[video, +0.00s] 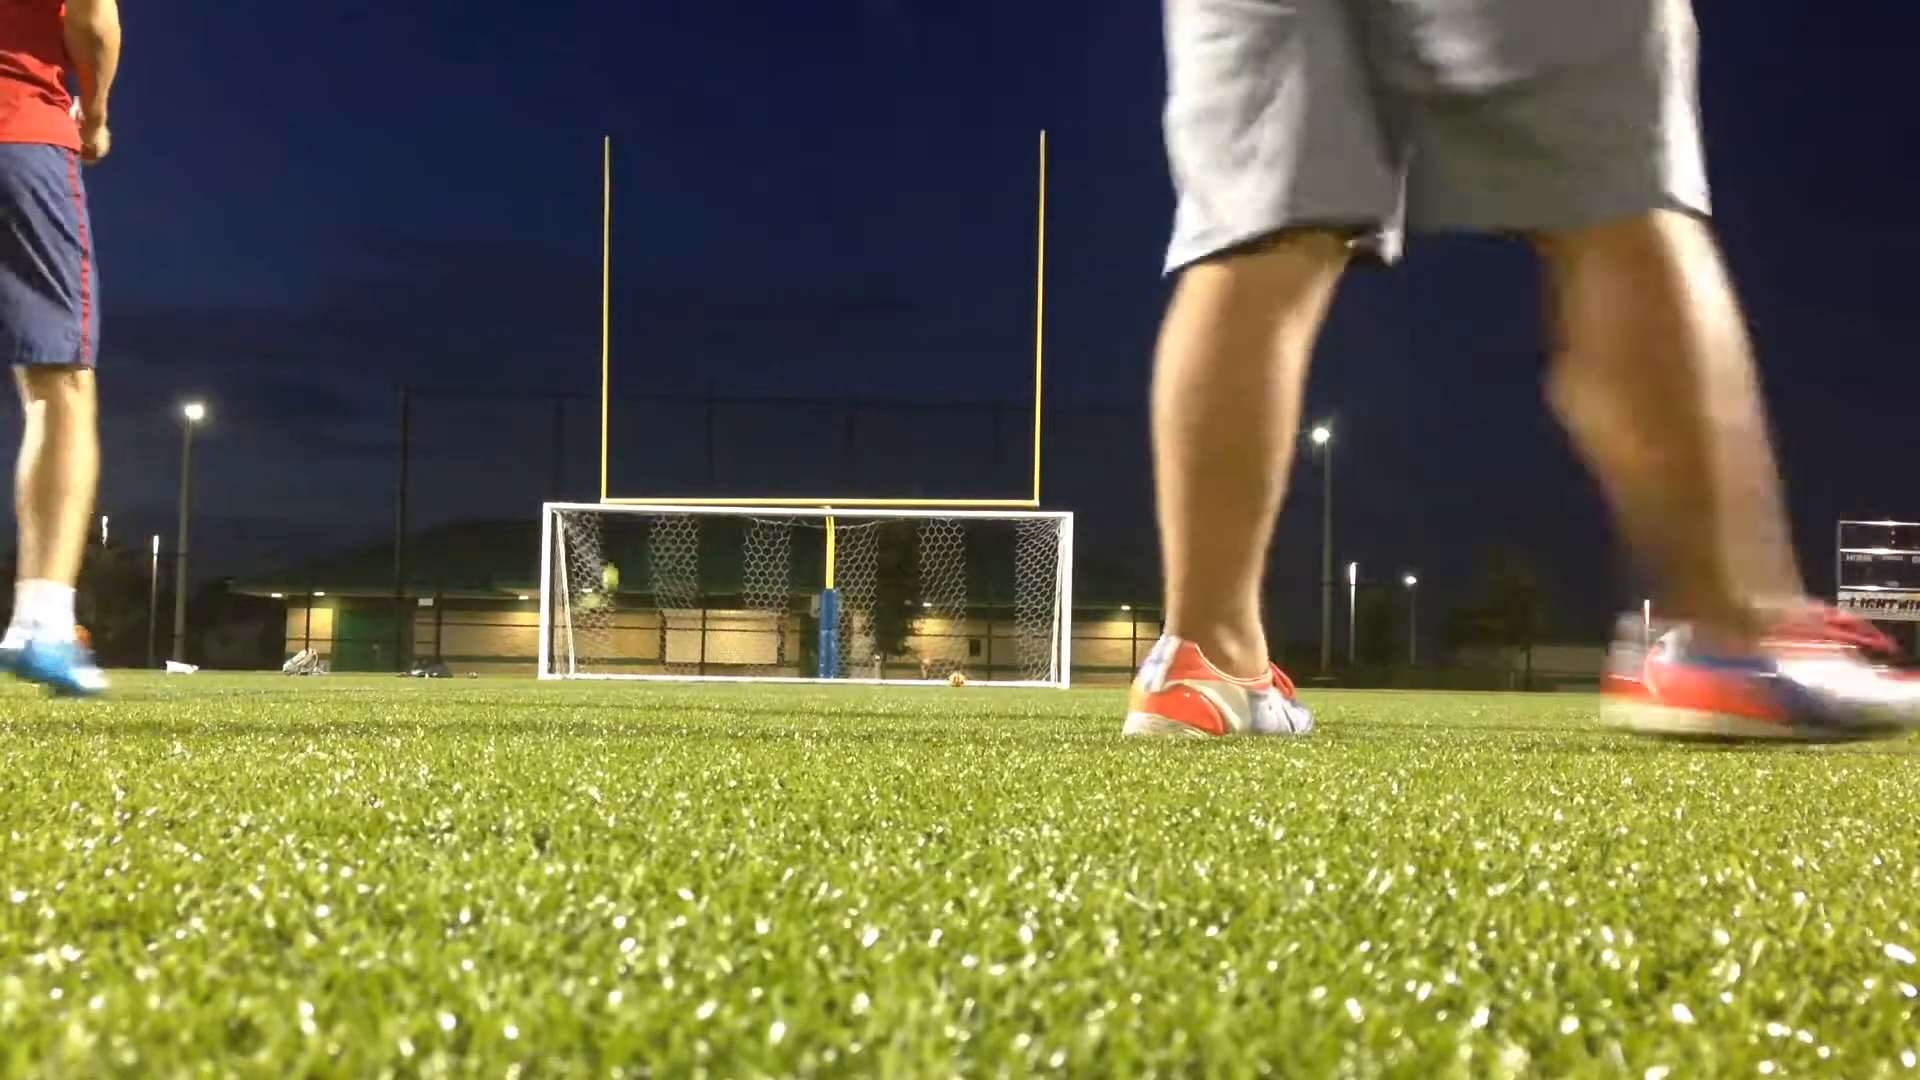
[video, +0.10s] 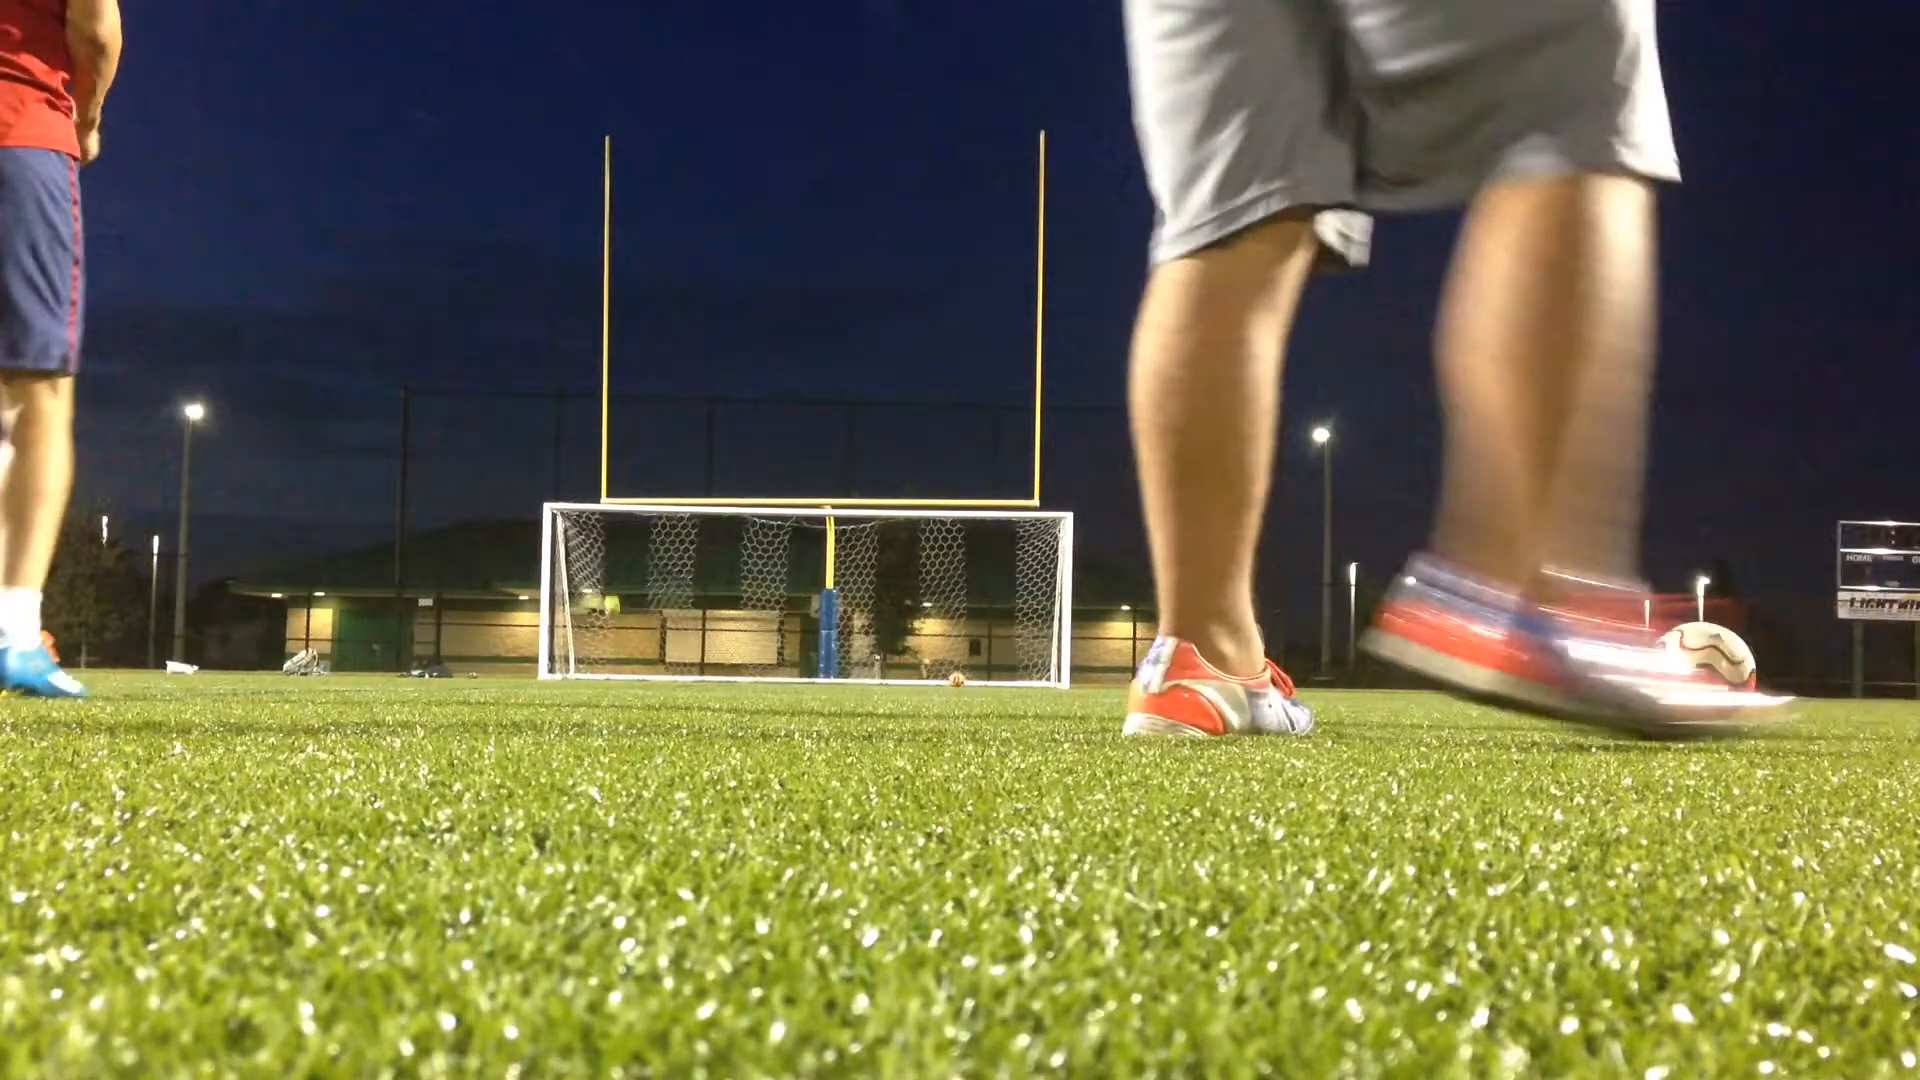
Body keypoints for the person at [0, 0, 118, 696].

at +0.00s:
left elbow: (95, 21)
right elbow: (95, 19)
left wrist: (89, 106)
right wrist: (94, 107)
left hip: (25, 137)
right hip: (25, 135)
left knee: (53, 388)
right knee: (57, 390)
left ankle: (38, 622)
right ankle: (42, 625)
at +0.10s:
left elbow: (100, 34)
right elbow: (100, 30)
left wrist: (79, 115)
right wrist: (86, 115)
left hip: (26, 140)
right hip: (26, 139)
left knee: (20, 400)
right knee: (37, 395)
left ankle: (18, 633)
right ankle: (18, 635)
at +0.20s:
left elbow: (106, 42)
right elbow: (107, 38)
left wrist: (71, 128)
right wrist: (76, 126)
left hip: (29, 144)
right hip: (26, 145)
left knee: (30, 396)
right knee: (36, 396)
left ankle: (18, 629)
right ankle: (18, 631)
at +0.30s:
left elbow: (110, 48)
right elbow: (111, 44)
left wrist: (74, 128)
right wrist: (81, 127)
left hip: (29, 145)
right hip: (28, 145)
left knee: (49, 388)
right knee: (57, 387)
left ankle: (23, 604)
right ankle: (21, 605)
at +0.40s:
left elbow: (111, 56)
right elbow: (111, 52)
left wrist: (88, 137)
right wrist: (97, 137)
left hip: (33, 143)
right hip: (36, 141)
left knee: (73, 390)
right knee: (79, 389)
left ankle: (35, 602)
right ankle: (40, 603)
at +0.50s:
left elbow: (119, 55)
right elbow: (119, 52)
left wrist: (98, 144)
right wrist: (107, 145)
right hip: (44, 145)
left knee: (87, 396)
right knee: (90, 397)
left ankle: (72, 623)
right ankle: (75, 625)